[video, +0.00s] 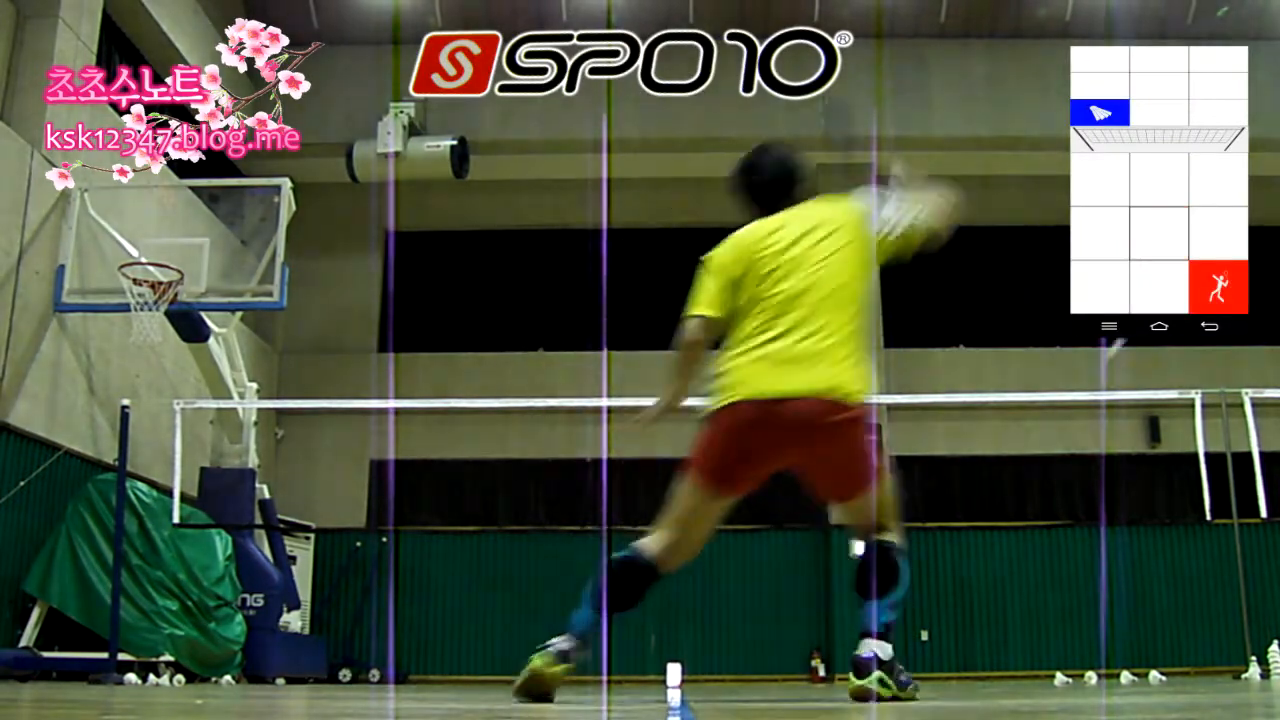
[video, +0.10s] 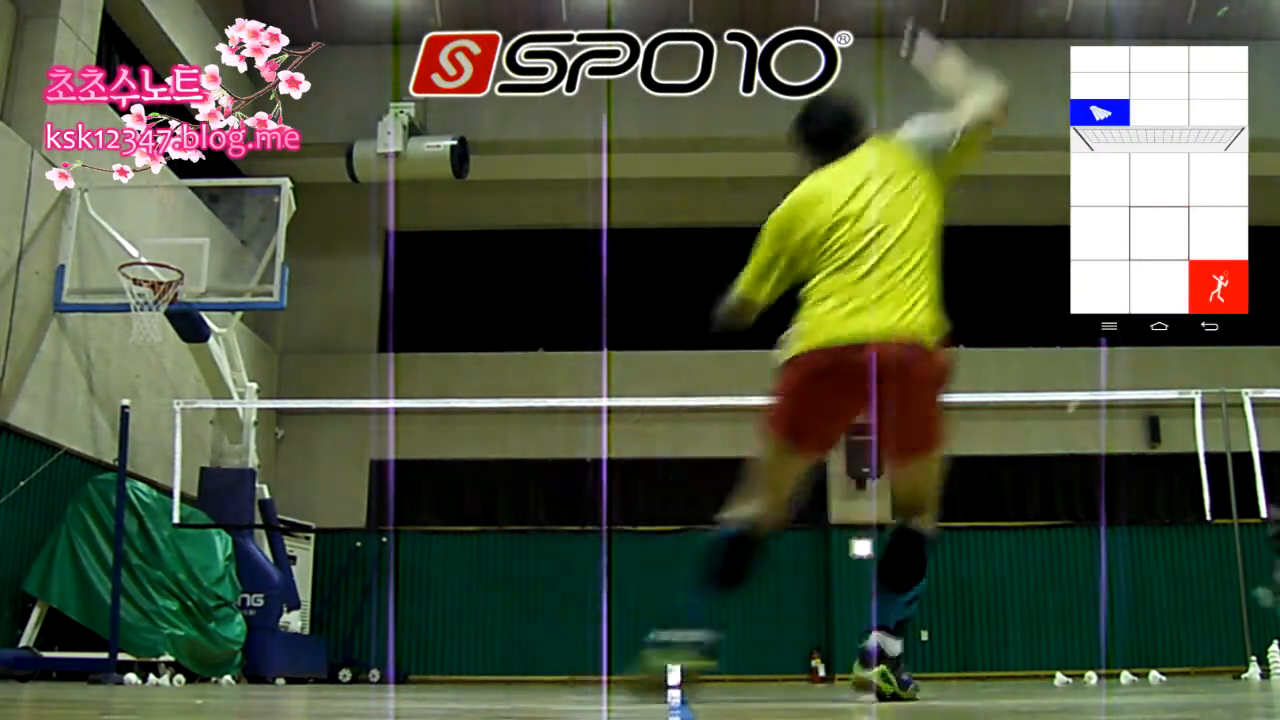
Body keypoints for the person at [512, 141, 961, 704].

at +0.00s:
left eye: (752, 190)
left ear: (750, 196)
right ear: (804, 183)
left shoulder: (734, 248)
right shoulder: (853, 215)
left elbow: (694, 337)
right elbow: (937, 213)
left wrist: (669, 397)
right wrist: (915, 186)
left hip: (745, 407)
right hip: (832, 407)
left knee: (669, 538)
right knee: (877, 530)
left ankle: (568, 642)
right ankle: (875, 652)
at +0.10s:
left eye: (806, 147)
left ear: (807, 147)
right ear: (863, 128)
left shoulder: (800, 204)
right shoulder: (913, 151)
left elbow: (740, 308)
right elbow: (987, 102)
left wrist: (732, 307)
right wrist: (927, 50)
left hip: (824, 349)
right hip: (911, 349)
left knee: (762, 495)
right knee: (916, 508)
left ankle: (694, 624)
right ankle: (883, 649)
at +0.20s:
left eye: (876, 72)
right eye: (902, 64)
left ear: (863, 91)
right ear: (912, 70)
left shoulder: (855, 147)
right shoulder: (951, 92)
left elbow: (801, 239)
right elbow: (1027, 29)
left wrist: (806, 195)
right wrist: (984, 6)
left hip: (893, 288)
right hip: (974, 277)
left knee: (896, 460)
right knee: (983, 457)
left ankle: (877, 616)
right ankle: (969, 610)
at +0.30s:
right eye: (971, 28)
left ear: (916, 61)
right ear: (966, 41)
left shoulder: (905, 127)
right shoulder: (997, 67)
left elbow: (870, 187)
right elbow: (1070, 15)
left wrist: (877, 128)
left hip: (952, 281)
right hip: (1032, 261)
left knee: (999, 445)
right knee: (1079, 426)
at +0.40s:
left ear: (995, 56)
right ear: (1051, 39)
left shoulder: (991, 113)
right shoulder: (1084, 77)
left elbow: (943, 162)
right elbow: (1129, 24)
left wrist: (942, 92)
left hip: (1024, 303)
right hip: (1111, 281)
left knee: (1097, 482)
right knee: (1226, 428)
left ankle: (1091, 650)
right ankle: (1221, 579)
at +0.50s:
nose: (1215, 58)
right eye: (1203, 48)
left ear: (1101, 61)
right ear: (1175, 50)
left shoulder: (1069, 118)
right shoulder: (1193, 104)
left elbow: (1004, 115)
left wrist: (1000, 40)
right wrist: (1183, 27)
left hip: (1125, 326)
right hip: (1216, 312)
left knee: (1144, 489)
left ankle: (1099, 645)